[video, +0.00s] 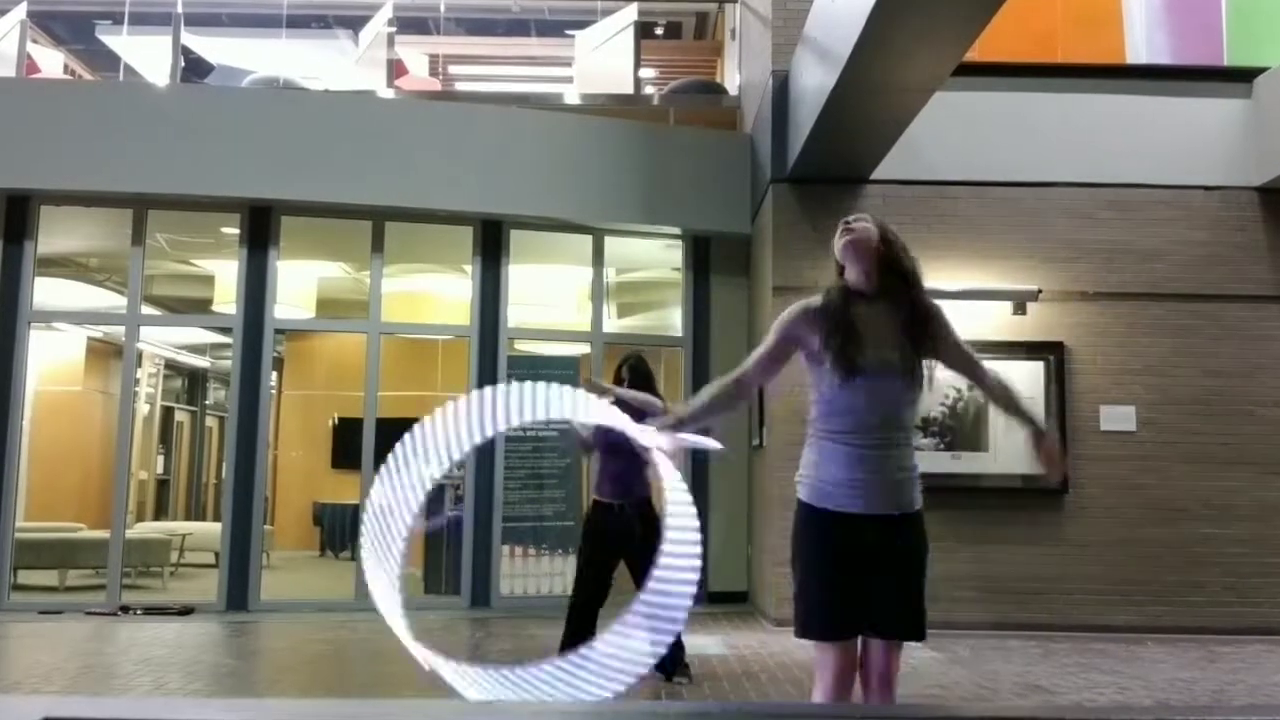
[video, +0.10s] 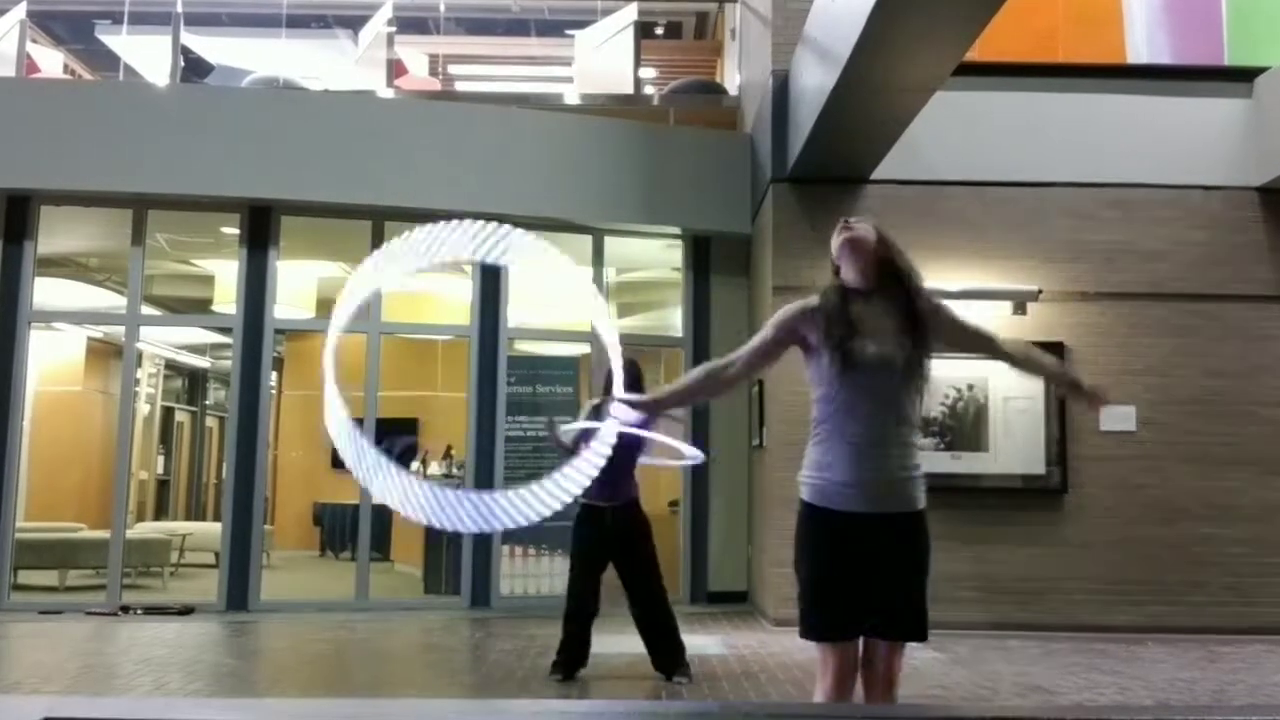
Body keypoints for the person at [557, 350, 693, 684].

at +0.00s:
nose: (624, 387)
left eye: (630, 381)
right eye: (621, 381)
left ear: (639, 383)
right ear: (615, 384)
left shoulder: (653, 413)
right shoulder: (605, 414)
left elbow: (655, 405)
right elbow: (585, 445)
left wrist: (607, 392)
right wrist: (572, 420)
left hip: (639, 511)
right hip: (602, 511)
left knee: (655, 591)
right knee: (587, 595)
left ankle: (674, 665)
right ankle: (568, 667)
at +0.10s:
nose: (617, 387)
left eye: (624, 380)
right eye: (612, 379)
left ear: (635, 386)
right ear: (605, 382)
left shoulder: (640, 417)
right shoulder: (595, 411)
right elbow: (576, 449)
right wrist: (558, 438)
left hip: (626, 513)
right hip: (591, 512)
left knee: (647, 593)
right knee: (581, 594)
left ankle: (673, 665)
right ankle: (567, 663)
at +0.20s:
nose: (607, 388)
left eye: (614, 382)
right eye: (604, 381)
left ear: (626, 387)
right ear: (597, 385)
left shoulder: (633, 415)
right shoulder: (584, 415)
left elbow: (679, 434)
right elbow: (562, 452)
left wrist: (691, 459)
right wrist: (550, 466)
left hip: (618, 519)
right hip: (582, 518)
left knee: (641, 596)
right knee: (574, 596)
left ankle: (673, 664)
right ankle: (567, 663)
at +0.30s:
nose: (609, 395)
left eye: (616, 390)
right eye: (604, 388)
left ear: (625, 394)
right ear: (594, 389)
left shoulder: (628, 425)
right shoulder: (574, 418)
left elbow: (658, 456)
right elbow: (558, 459)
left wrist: (670, 496)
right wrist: (548, 494)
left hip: (611, 520)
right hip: (574, 520)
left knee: (638, 595)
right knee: (571, 598)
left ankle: (672, 663)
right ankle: (566, 663)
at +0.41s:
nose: (605, 401)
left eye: (612, 396)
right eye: (600, 394)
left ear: (622, 399)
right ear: (591, 394)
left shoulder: (627, 431)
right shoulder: (571, 421)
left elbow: (648, 471)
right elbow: (552, 461)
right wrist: (540, 498)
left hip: (607, 524)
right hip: (571, 523)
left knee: (635, 597)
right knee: (569, 600)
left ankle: (671, 663)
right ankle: (566, 663)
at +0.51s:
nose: (602, 399)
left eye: (609, 394)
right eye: (598, 392)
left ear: (618, 398)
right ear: (589, 393)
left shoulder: (620, 429)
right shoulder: (571, 420)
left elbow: (618, 456)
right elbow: (553, 462)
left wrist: (584, 470)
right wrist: (529, 486)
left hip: (601, 522)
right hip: (566, 521)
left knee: (631, 595)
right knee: (564, 598)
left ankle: (670, 663)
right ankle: (566, 663)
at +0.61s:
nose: (596, 394)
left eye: (603, 389)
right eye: (594, 388)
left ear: (610, 397)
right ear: (586, 394)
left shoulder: (612, 427)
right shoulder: (576, 426)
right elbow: (556, 460)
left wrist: (554, 447)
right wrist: (525, 459)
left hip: (595, 523)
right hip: (562, 521)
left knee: (627, 595)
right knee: (559, 599)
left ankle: (670, 663)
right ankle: (566, 664)